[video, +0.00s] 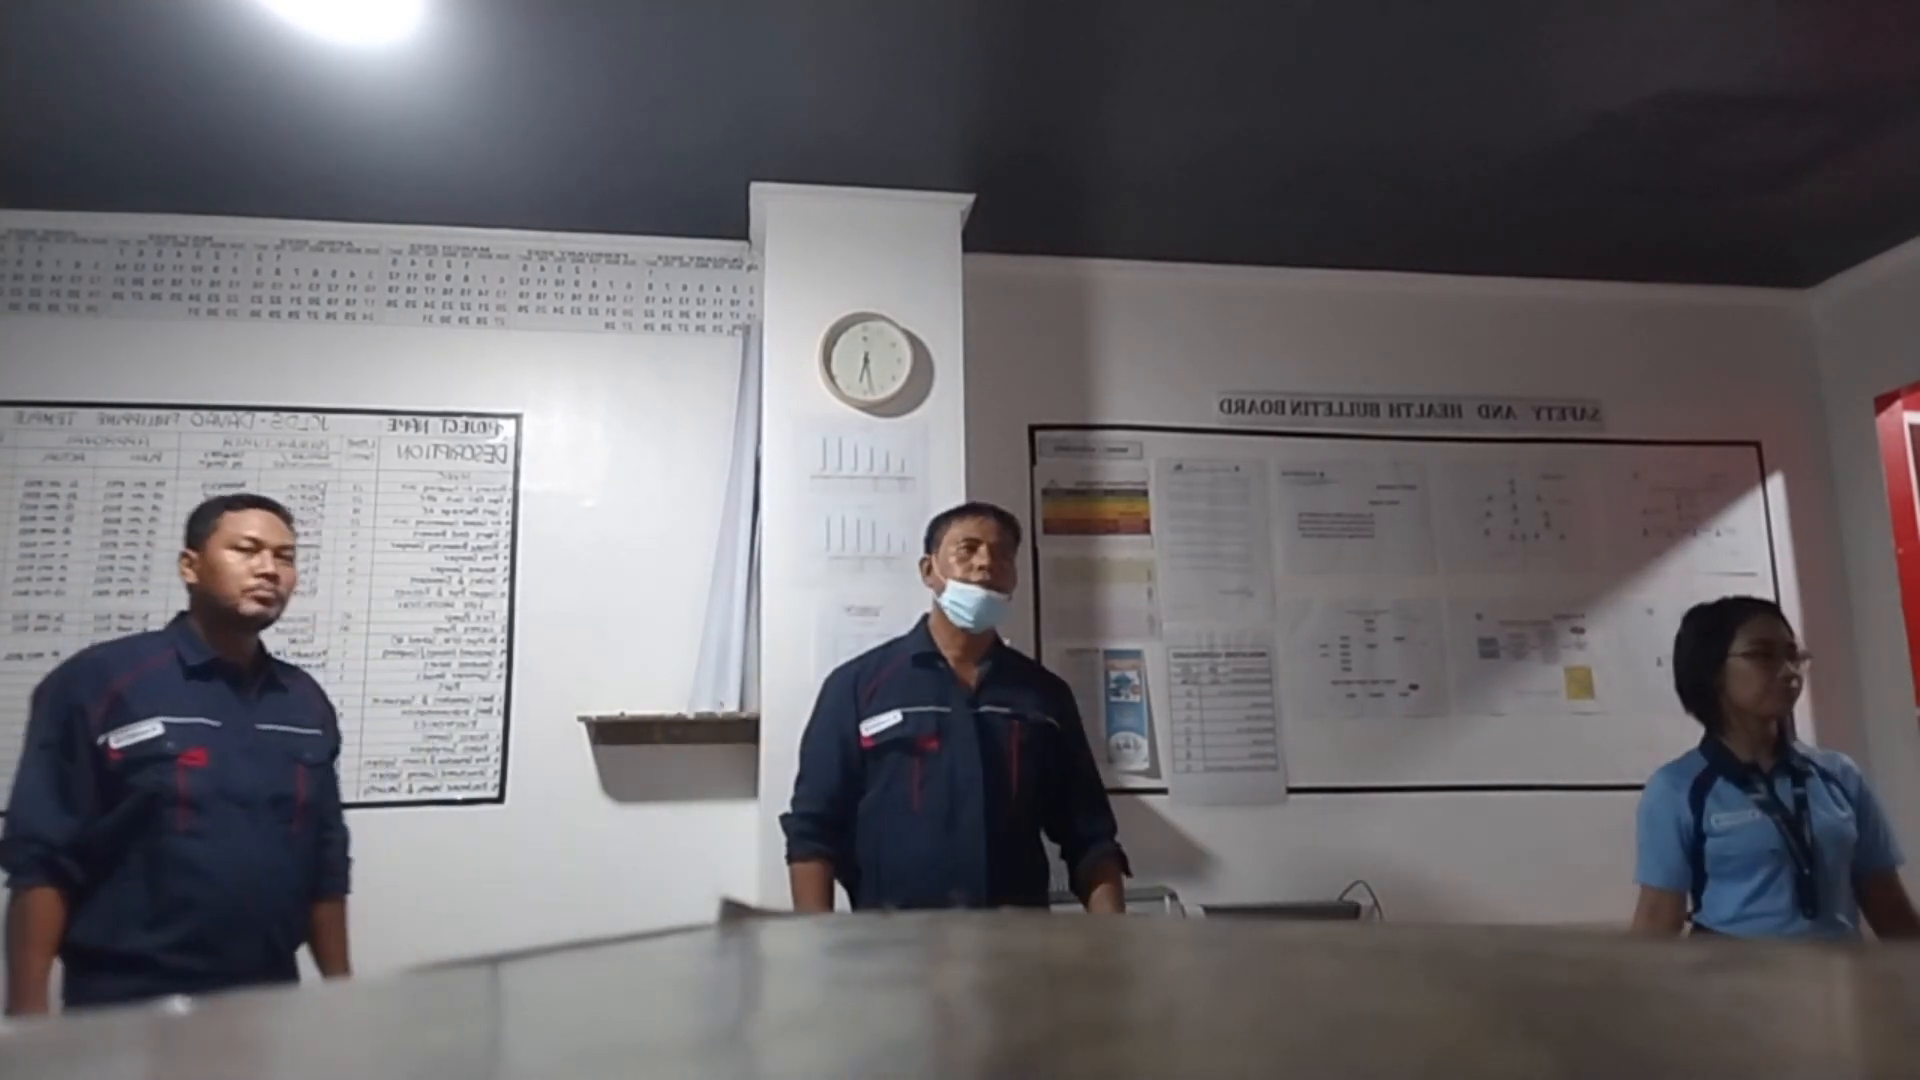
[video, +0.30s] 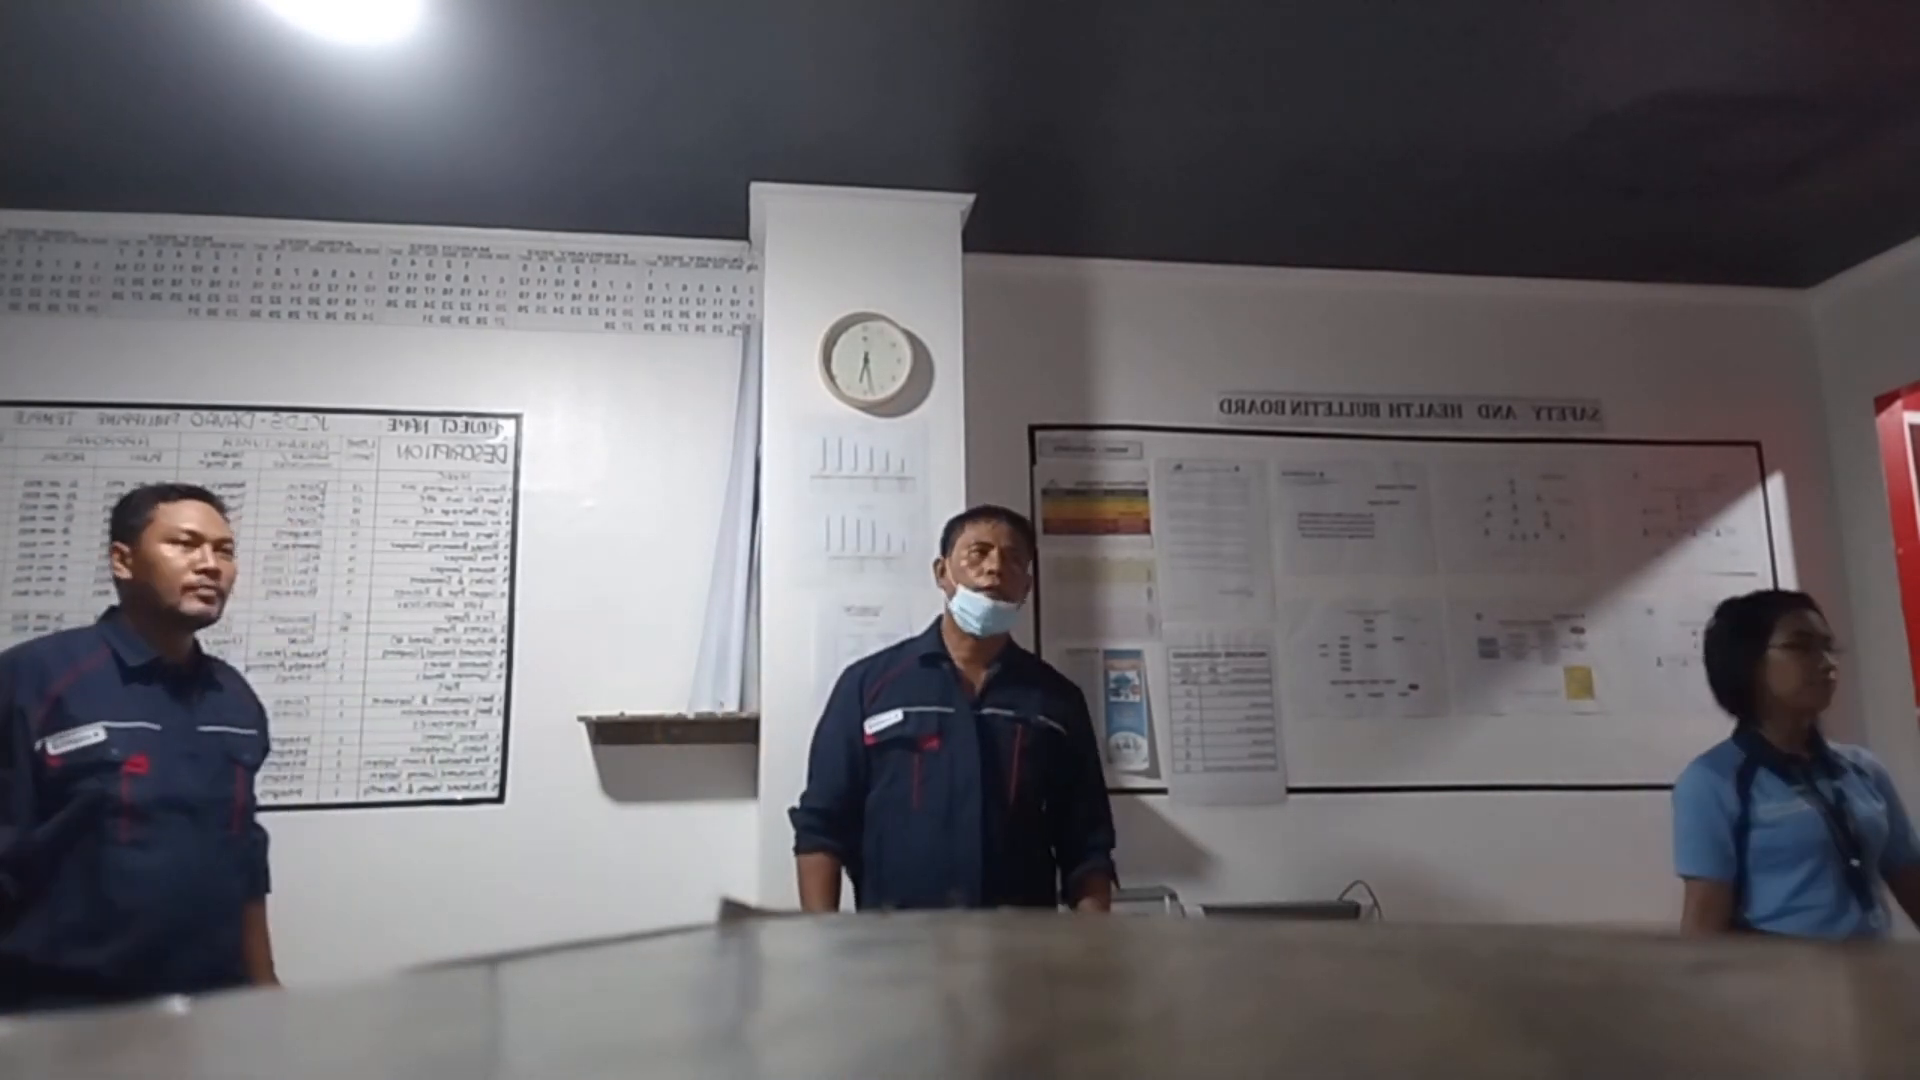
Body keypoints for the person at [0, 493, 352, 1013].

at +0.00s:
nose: (269, 569)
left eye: (283, 557)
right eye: (246, 549)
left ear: (295, 580)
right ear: (191, 567)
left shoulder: (306, 703)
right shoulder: (92, 685)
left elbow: (324, 868)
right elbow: (43, 864)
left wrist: (344, 1000)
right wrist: (28, 1026)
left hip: (264, 1012)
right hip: (123, 1014)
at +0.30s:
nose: (211, 564)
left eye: (224, 550)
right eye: (185, 543)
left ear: (234, 570)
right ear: (122, 560)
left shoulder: (238, 702)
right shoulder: (29, 680)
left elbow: (243, 861)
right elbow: (11, 849)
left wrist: (264, 990)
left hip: (205, 1017)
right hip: (58, 1021)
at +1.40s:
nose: (266, 571)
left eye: (279, 555)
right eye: (240, 554)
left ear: (294, 571)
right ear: (188, 575)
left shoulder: (310, 709)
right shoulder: (99, 691)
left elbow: (317, 871)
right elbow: (36, 869)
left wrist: (338, 1006)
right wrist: (0, 1003)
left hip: (276, 1021)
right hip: (133, 1024)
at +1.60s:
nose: (319, 578)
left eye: (335, 566)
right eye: (297, 560)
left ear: (348, 588)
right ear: (248, 578)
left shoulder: (363, 716)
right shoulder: (154, 687)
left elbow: (372, 879)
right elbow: (92, 838)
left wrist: (374, 997)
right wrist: (76, 981)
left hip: (323, 1012)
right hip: (183, 1012)